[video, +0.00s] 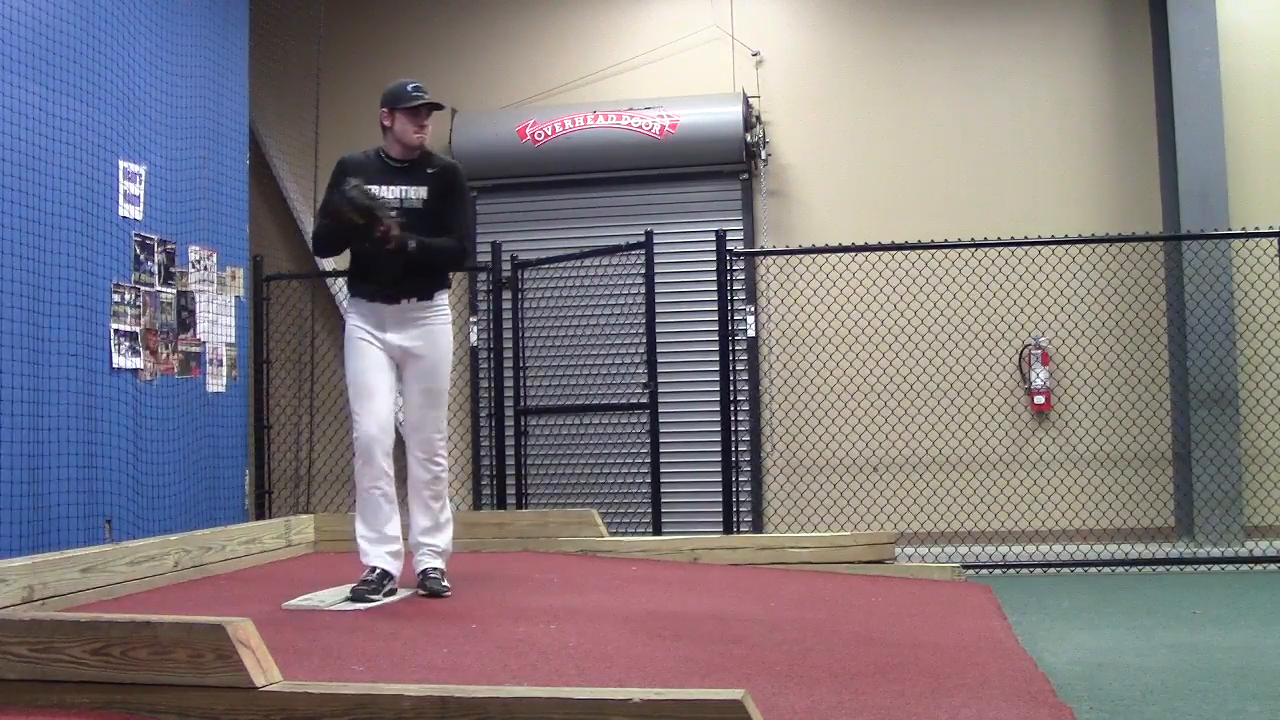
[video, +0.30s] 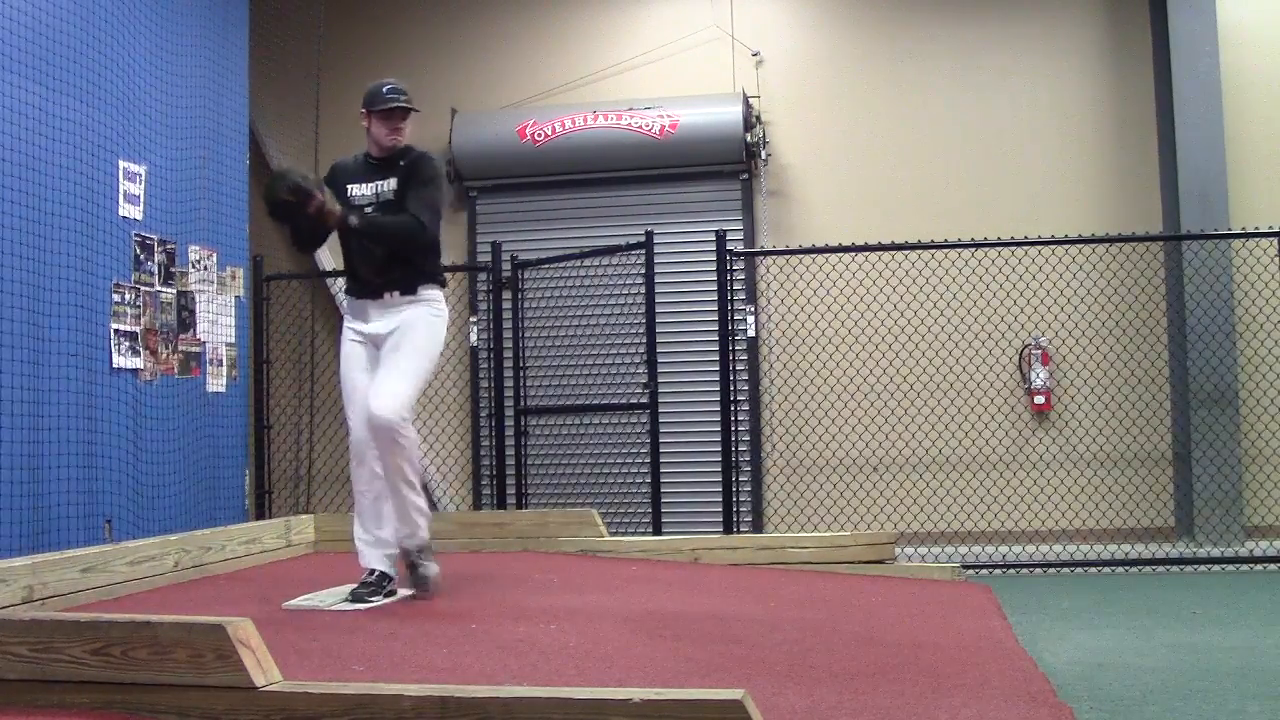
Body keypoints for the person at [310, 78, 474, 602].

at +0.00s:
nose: (423, 123)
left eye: (427, 115)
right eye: (414, 115)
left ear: (431, 121)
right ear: (386, 118)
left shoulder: (446, 174)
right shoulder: (352, 169)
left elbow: (462, 251)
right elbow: (323, 243)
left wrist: (405, 243)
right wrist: (355, 222)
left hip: (428, 321)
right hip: (367, 321)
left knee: (428, 443)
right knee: (371, 437)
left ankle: (432, 559)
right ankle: (381, 564)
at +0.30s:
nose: (395, 125)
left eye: (402, 116)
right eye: (385, 116)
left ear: (411, 121)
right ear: (365, 120)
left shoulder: (422, 166)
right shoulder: (341, 174)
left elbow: (421, 232)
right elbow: (308, 241)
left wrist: (345, 218)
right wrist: (297, 212)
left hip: (417, 311)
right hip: (360, 317)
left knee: (385, 410)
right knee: (361, 435)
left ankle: (415, 544)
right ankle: (379, 568)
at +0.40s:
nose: (391, 125)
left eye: (398, 117)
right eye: (381, 117)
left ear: (408, 121)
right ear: (362, 120)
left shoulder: (417, 163)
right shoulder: (340, 173)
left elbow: (413, 223)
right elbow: (296, 232)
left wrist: (338, 199)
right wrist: (303, 196)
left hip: (420, 298)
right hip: (365, 308)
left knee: (361, 362)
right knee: (368, 427)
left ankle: (379, 515)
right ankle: (381, 566)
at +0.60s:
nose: (382, 125)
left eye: (390, 116)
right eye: (373, 116)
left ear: (401, 119)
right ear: (354, 119)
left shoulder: (412, 157)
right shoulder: (336, 169)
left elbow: (411, 211)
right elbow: (279, 218)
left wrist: (338, 172)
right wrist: (300, 168)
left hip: (432, 296)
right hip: (378, 310)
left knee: (354, 257)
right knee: (373, 432)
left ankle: (345, 397)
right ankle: (380, 566)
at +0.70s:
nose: (388, 122)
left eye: (394, 113)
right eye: (378, 113)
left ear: (402, 117)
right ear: (355, 118)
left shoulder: (411, 155)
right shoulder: (335, 170)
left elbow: (415, 210)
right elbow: (277, 218)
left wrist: (340, 171)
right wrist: (301, 175)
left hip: (435, 294)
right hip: (380, 304)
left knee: (356, 263)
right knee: (377, 430)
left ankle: (358, 406)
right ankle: (380, 566)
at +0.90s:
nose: (395, 134)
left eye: (399, 125)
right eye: (384, 126)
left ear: (405, 128)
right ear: (357, 131)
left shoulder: (413, 168)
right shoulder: (338, 183)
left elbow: (427, 222)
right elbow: (281, 241)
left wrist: (352, 197)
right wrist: (309, 203)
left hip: (444, 305)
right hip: (387, 319)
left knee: (382, 364)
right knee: (364, 439)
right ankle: (375, 567)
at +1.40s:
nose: (482, 184)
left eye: (485, 174)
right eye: (470, 176)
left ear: (491, 180)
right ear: (442, 185)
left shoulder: (515, 218)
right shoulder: (426, 252)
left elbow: (592, 207)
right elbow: (377, 302)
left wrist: (668, 188)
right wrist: (322, 346)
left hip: (554, 372)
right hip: (484, 386)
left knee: (629, 460)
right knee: (433, 486)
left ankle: (709, 583)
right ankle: (383, 572)